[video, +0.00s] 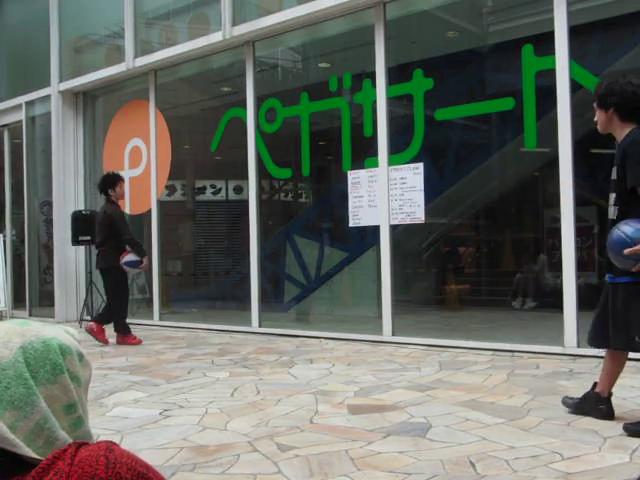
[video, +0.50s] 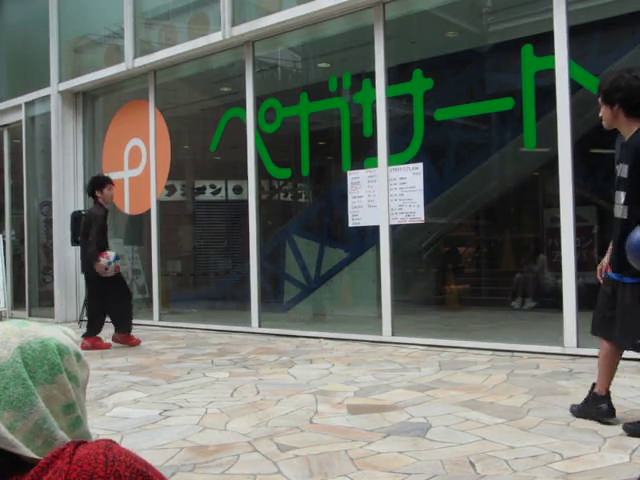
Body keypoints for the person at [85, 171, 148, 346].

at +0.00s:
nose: (124, 190)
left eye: (123, 186)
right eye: (121, 187)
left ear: (111, 192)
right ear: (111, 191)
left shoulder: (106, 209)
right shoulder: (113, 210)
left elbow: (110, 237)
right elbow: (126, 235)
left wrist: (123, 253)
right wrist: (142, 254)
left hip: (108, 259)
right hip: (112, 260)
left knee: (117, 295)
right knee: (119, 295)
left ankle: (97, 323)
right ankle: (123, 333)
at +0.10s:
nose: (123, 190)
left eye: (123, 186)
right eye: (120, 186)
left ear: (110, 192)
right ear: (110, 191)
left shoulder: (104, 209)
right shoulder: (112, 210)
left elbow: (107, 237)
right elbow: (125, 235)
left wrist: (121, 253)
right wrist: (141, 254)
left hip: (106, 260)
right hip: (111, 261)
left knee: (116, 295)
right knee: (122, 295)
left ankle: (100, 324)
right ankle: (123, 333)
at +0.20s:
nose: (121, 190)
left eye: (120, 187)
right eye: (118, 187)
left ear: (107, 192)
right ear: (108, 191)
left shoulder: (102, 209)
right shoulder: (110, 210)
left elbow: (108, 238)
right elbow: (121, 236)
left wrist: (124, 253)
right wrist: (137, 255)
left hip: (103, 262)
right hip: (111, 263)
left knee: (111, 298)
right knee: (124, 296)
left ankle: (98, 329)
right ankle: (123, 334)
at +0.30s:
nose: (118, 192)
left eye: (117, 188)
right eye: (115, 189)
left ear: (104, 193)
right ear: (104, 193)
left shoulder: (99, 211)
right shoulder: (107, 212)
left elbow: (108, 239)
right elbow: (113, 238)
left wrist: (127, 255)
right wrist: (127, 256)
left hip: (98, 265)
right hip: (107, 265)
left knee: (104, 299)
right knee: (123, 298)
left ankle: (93, 332)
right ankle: (123, 333)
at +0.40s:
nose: (115, 194)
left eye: (115, 190)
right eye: (112, 190)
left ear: (103, 195)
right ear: (101, 194)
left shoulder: (97, 211)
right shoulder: (102, 212)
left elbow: (99, 240)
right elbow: (105, 238)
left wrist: (112, 254)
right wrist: (112, 260)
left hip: (95, 263)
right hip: (101, 263)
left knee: (101, 299)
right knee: (123, 295)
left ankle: (91, 335)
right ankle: (123, 332)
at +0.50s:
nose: (113, 193)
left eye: (112, 189)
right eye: (109, 190)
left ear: (101, 194)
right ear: (99, 194)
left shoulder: (97, 212)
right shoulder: (98, 214)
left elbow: (91, 241)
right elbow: (91, 241)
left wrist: (105, 258)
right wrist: (95, 262)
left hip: (95, 265)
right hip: (99, 266)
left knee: (96, 300)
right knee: (123, 295)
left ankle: (91, 334)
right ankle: (123, 332)